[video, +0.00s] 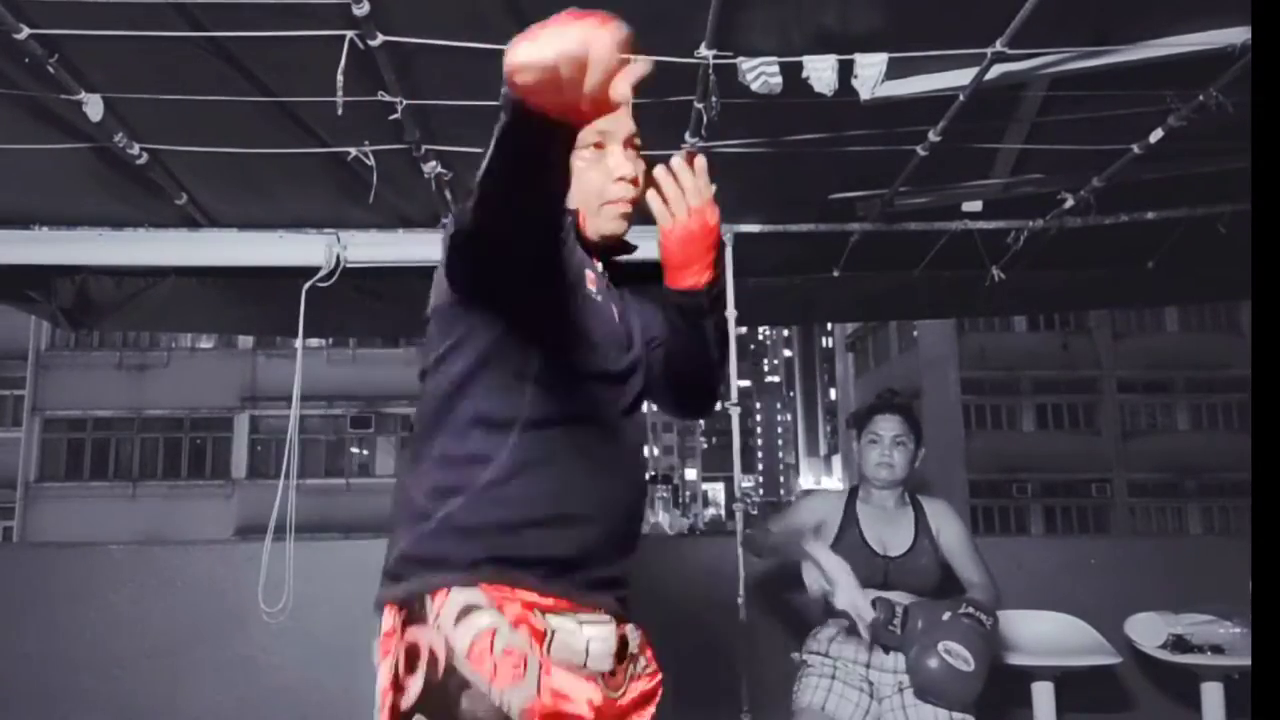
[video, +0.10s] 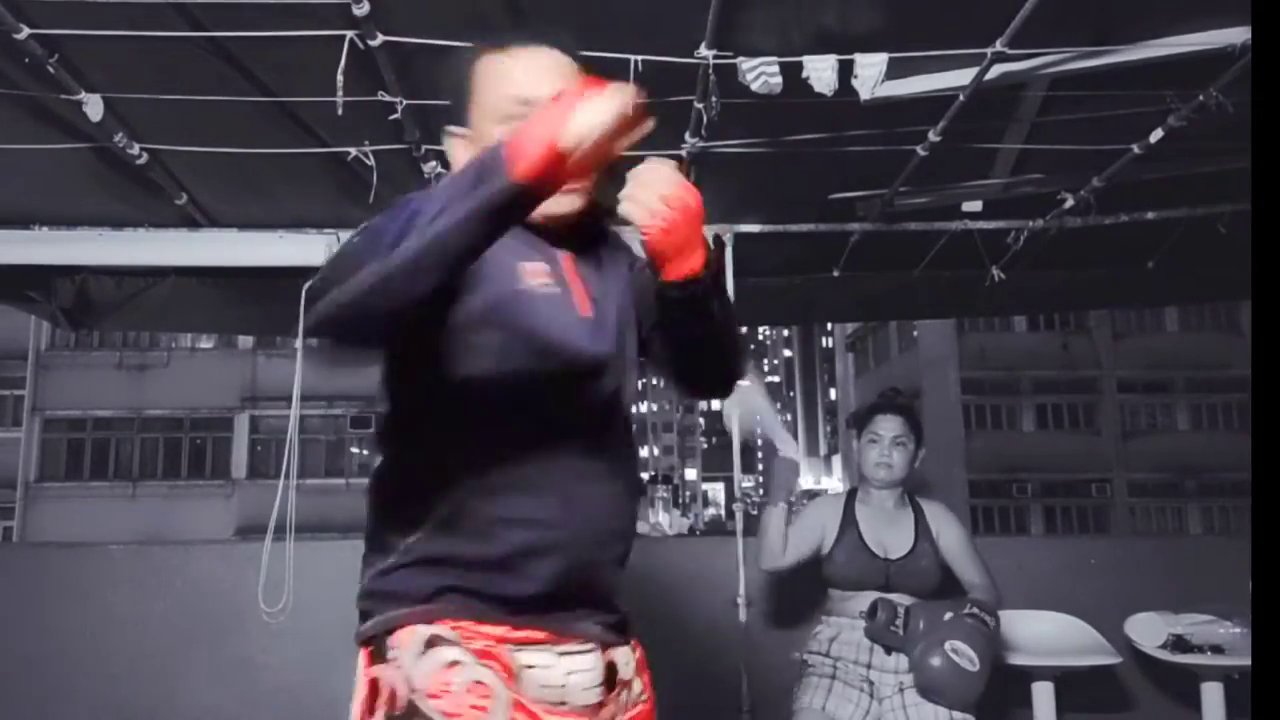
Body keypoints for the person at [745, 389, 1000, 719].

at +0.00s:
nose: (885, 452)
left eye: (899, 443)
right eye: (874, 441)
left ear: (917, 457)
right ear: (857, 450)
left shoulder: (937, 515)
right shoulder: (825, 507)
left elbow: (984, 591)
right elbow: (755, 541)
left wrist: (951, 617)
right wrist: (806, 549)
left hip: (921, 670)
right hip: (838, 667)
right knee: (820, 711)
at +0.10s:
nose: (885, 452)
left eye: (898, 443)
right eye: (873, 441)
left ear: (916, 457)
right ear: (856, 449)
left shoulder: (936, 517)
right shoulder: (827, 511)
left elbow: (982, 590)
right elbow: (771, 560)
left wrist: (974, 617)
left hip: (921, 671)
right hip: (838, 667)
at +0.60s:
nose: (886, 451)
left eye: (898, 442)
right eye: (873, 441)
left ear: (912, 454)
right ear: (852, 451)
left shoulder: (934, 516)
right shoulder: (826, 514)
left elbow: (983, 588)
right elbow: (758, 557)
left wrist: (975, 616)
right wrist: (775, 522)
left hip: (923, 669)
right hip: (843, 668)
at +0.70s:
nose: (884, 451)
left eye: (898, 443)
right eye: (872, 438)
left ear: (912, 457)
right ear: (852, 445)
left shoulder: (934, 516)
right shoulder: (824, 514)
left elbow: (981, 587)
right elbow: (788, 575)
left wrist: (972, 616)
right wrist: (783, 502)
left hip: (921, 669)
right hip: (840, 666)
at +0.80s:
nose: (883, 451)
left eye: (898, 443)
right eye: (873, 439)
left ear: (913, 457)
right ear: (853, 445)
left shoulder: (933, 516)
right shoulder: (826, 513)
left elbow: (981, 586)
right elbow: (795, 581)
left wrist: (972, 616)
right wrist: (784, 513)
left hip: (921, 669)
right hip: (841, 666)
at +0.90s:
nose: (885, 451)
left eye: (899, 443)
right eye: (873, 439)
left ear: (914, 456)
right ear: (854, 446)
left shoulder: (935, 517)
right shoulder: (824, 514)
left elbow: (983, 587)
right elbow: (785, 585)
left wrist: (970, 618)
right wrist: (775, 533)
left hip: (922, 669)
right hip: (840, 665)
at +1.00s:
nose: (885, 450)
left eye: (899, 442)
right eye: (874, 439)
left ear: (913, 456)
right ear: (854, 448)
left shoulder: (933, 516)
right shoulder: (830, 516)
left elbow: (983, 588)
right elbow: (772, 573)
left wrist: (973, 619)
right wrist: (786, 518)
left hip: (921, 665)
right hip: (839, 662)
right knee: (824, 711)